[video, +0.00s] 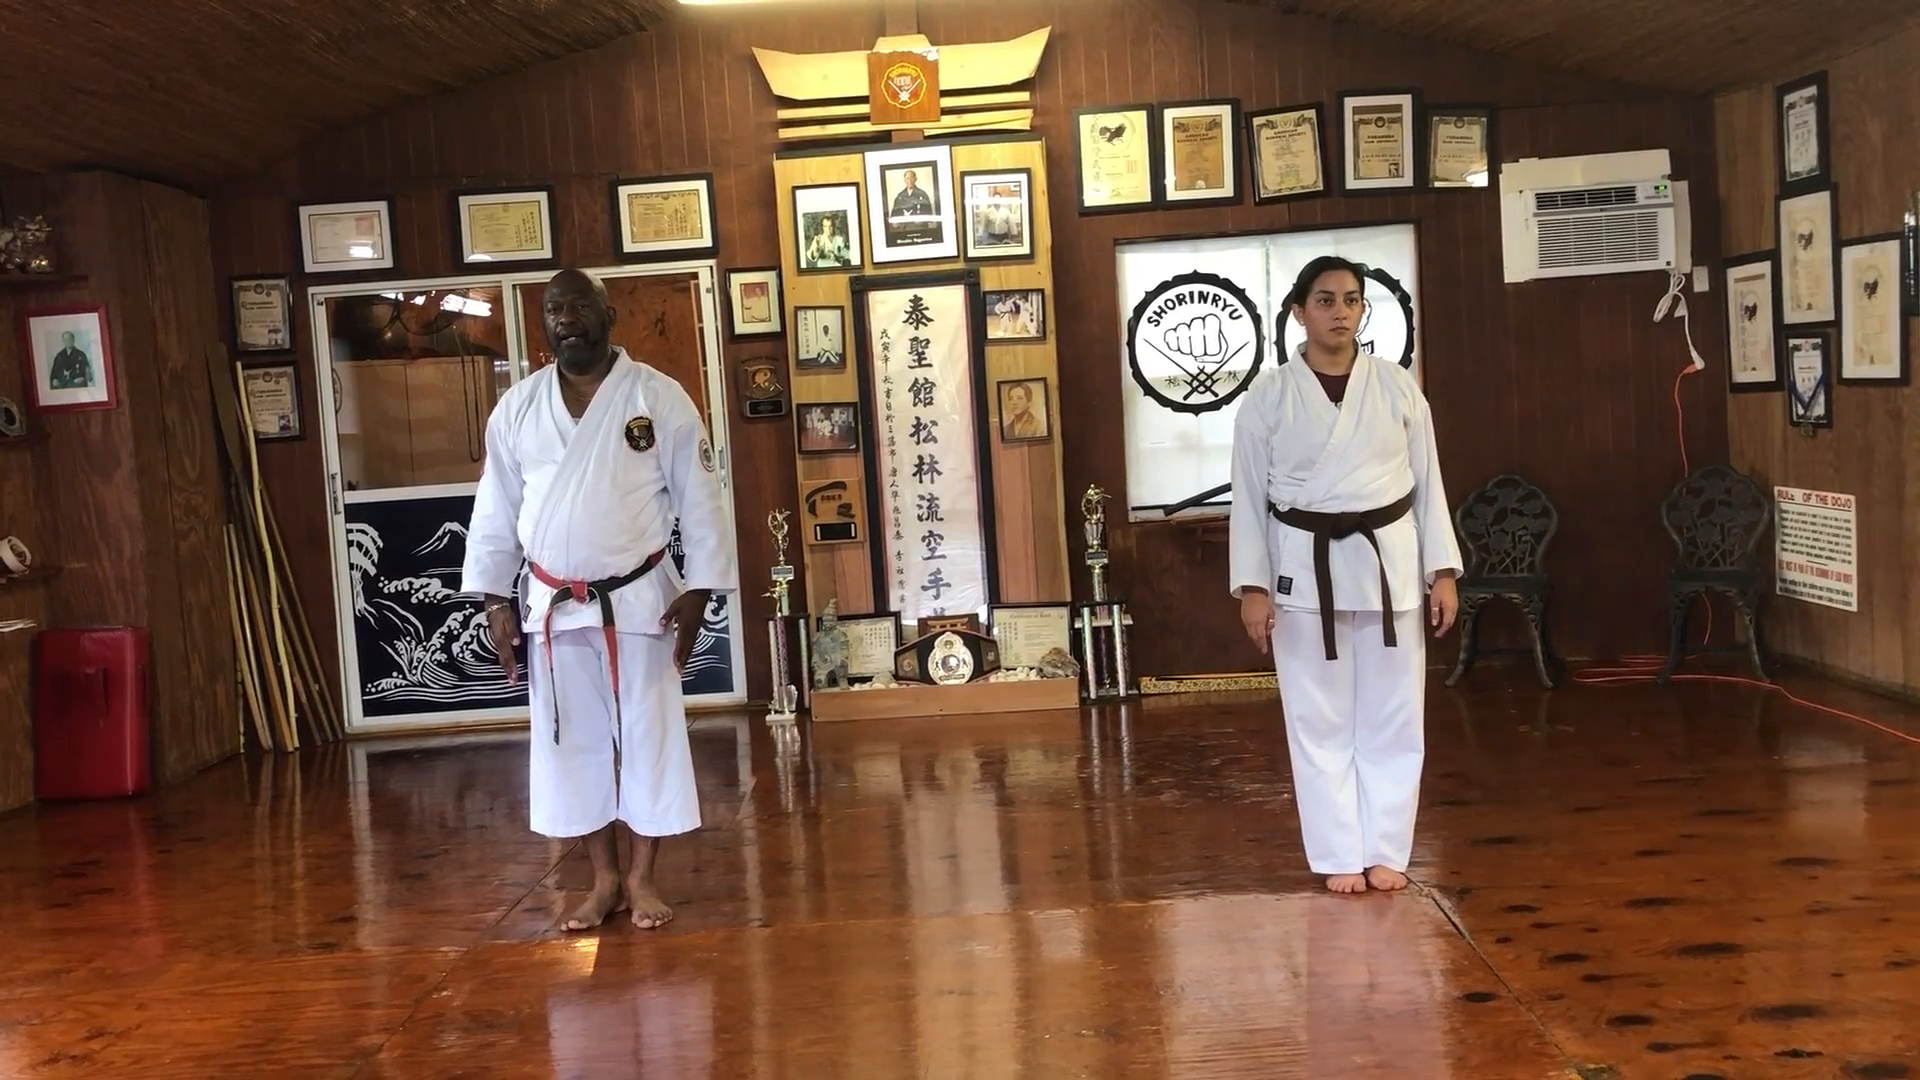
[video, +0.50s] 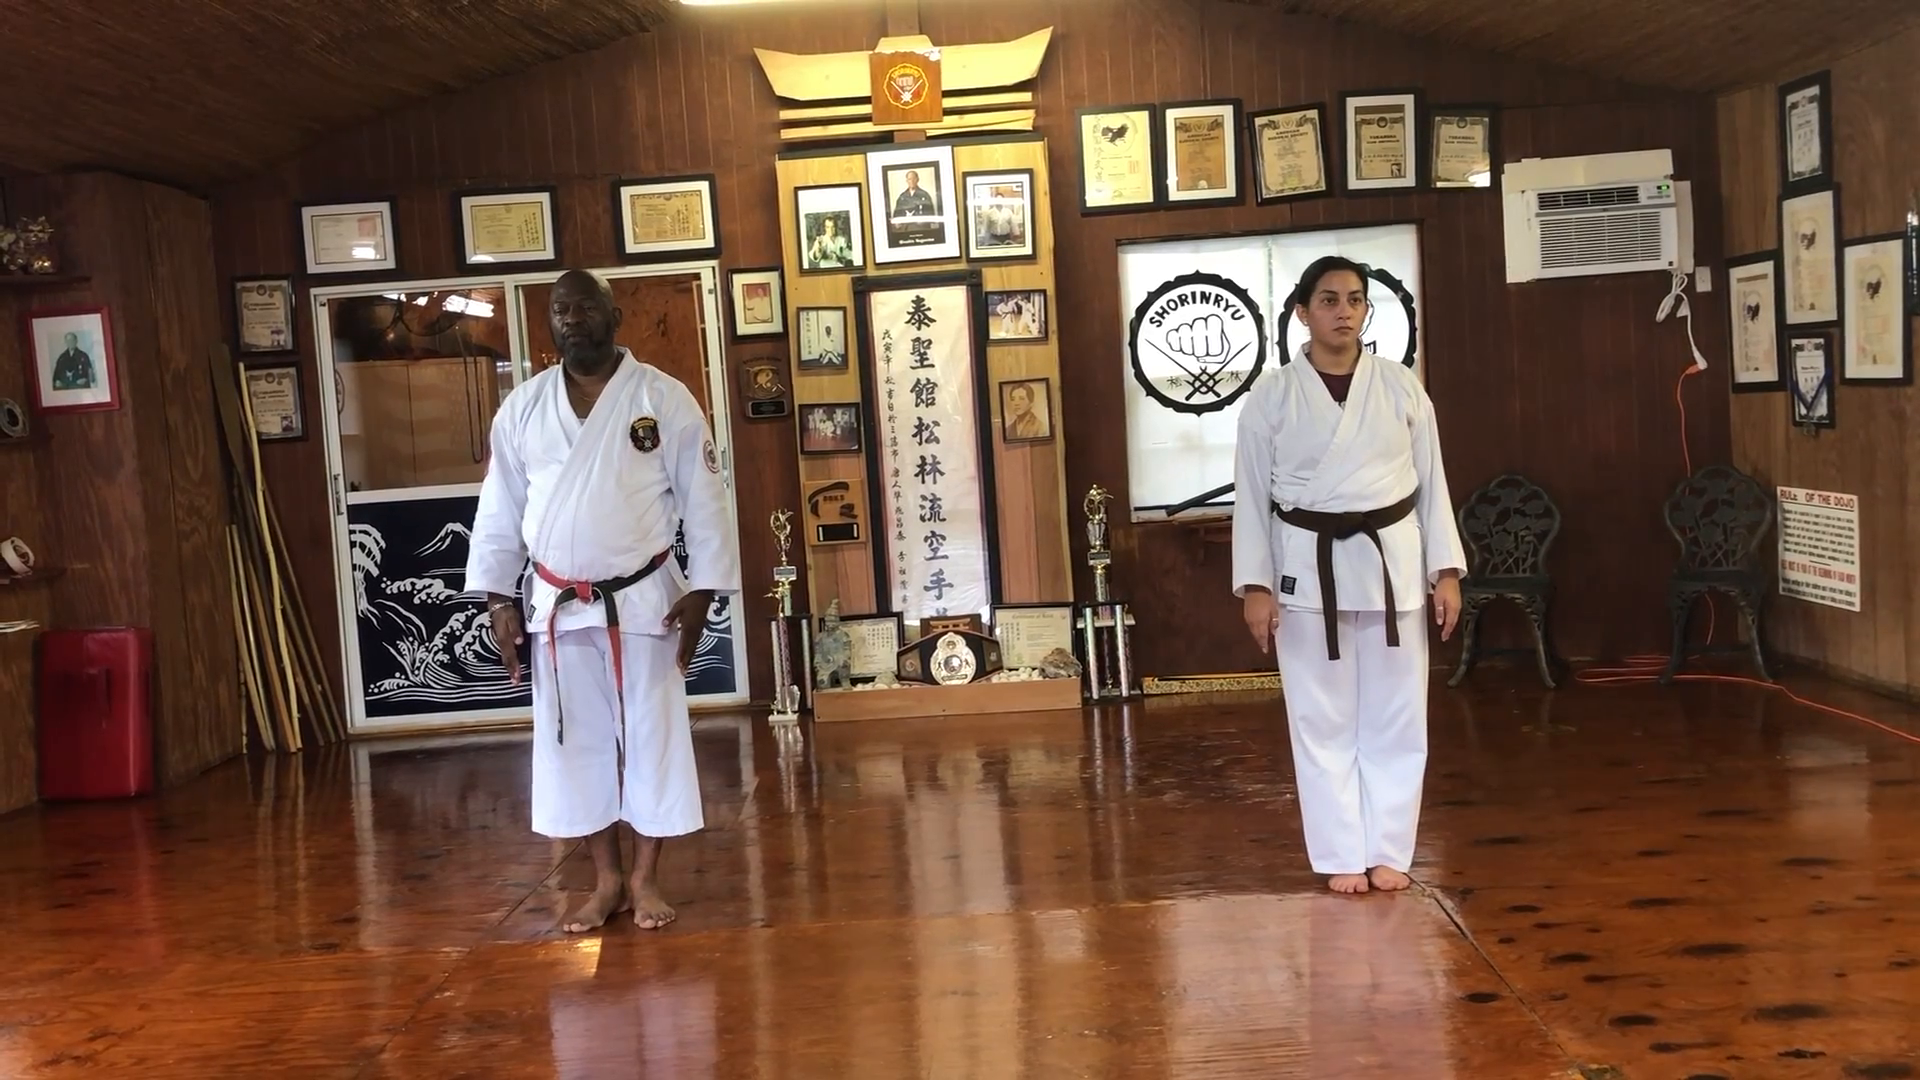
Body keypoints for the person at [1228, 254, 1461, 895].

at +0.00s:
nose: (1341, 311)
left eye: (1351, 299)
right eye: (1326, 299)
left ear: (1364, 312)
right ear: (1299, 312)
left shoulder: (1397, 386)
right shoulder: (1265, 397)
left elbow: (1427, 485)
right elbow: (1248, 498)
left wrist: (1442, 570)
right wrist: (1252, 585)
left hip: (1391, 567)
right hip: (1303, 573)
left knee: (1391, 717)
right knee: (1321, 720)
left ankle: (1386, 854)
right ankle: (1339, 859)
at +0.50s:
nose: (1344, 311)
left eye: (1355, 299)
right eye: (1329, 299)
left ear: (1367, 311)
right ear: (1302, 311)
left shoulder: (1400, 385)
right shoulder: (1269, 396)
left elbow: (1430, 485)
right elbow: (1251, 497)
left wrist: (1445, 571)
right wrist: (1255, 584)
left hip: (1394, 569)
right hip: (1307, 574)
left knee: (1394, 718)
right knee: (1323, 720)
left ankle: (1388, 855)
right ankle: (1341, 860)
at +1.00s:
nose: (1349, 310)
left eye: (1360, 299)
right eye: (1334, 298)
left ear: (1372, 311)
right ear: (1308, 311)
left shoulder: (1405, 385)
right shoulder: (1273, 396)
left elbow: (1435, 484)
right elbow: (1256, 497)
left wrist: (1450, 570)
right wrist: (1260, 584)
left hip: (1399, 570)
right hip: (1311, 575)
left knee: (1399, 717)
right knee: (1327, 720)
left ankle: (1392, 855)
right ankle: (1345, 860)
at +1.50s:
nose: (1354, 307)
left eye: (1364, 296)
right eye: (1338, 296)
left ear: (1377, 308)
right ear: (1312, 309)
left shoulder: (1410, 382)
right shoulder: (1279, 393)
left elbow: (1440, 482)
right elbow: (1261, 494)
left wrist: (1455, 566)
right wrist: (1264, 582)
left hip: (1404, 567)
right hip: (1316, 572)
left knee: (1404, 715)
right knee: (1333, 718)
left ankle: (1397, 853)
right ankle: (1350, 857)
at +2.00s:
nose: (1354, 309)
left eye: (1365, 297)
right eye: (1339, 298)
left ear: (1378, 310)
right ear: (1313, 311)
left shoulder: (1412, 385)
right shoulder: (1280, 394)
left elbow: (1441, 484)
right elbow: (1261, 496)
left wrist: (1455, 568)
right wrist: (1264, 584)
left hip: (1404, 569)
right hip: (1316, 573)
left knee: (1404, 717)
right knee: (1333, 719)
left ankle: (1397, 855)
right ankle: (1350, 859)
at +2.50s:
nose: (1357, 322)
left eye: (1368, 311)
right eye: (1343, 311)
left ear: (1380, 318)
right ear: (1316, 318)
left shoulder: (1412, 386)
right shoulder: (1280, 395)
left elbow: (1437, 486)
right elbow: (1258, 499)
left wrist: (1441, 577)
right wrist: (1270, 590)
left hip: (1398, 564)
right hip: (1313, 568)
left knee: (1398, 717)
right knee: (1330, 721)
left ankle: (1395, 859)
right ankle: (1348, 863)